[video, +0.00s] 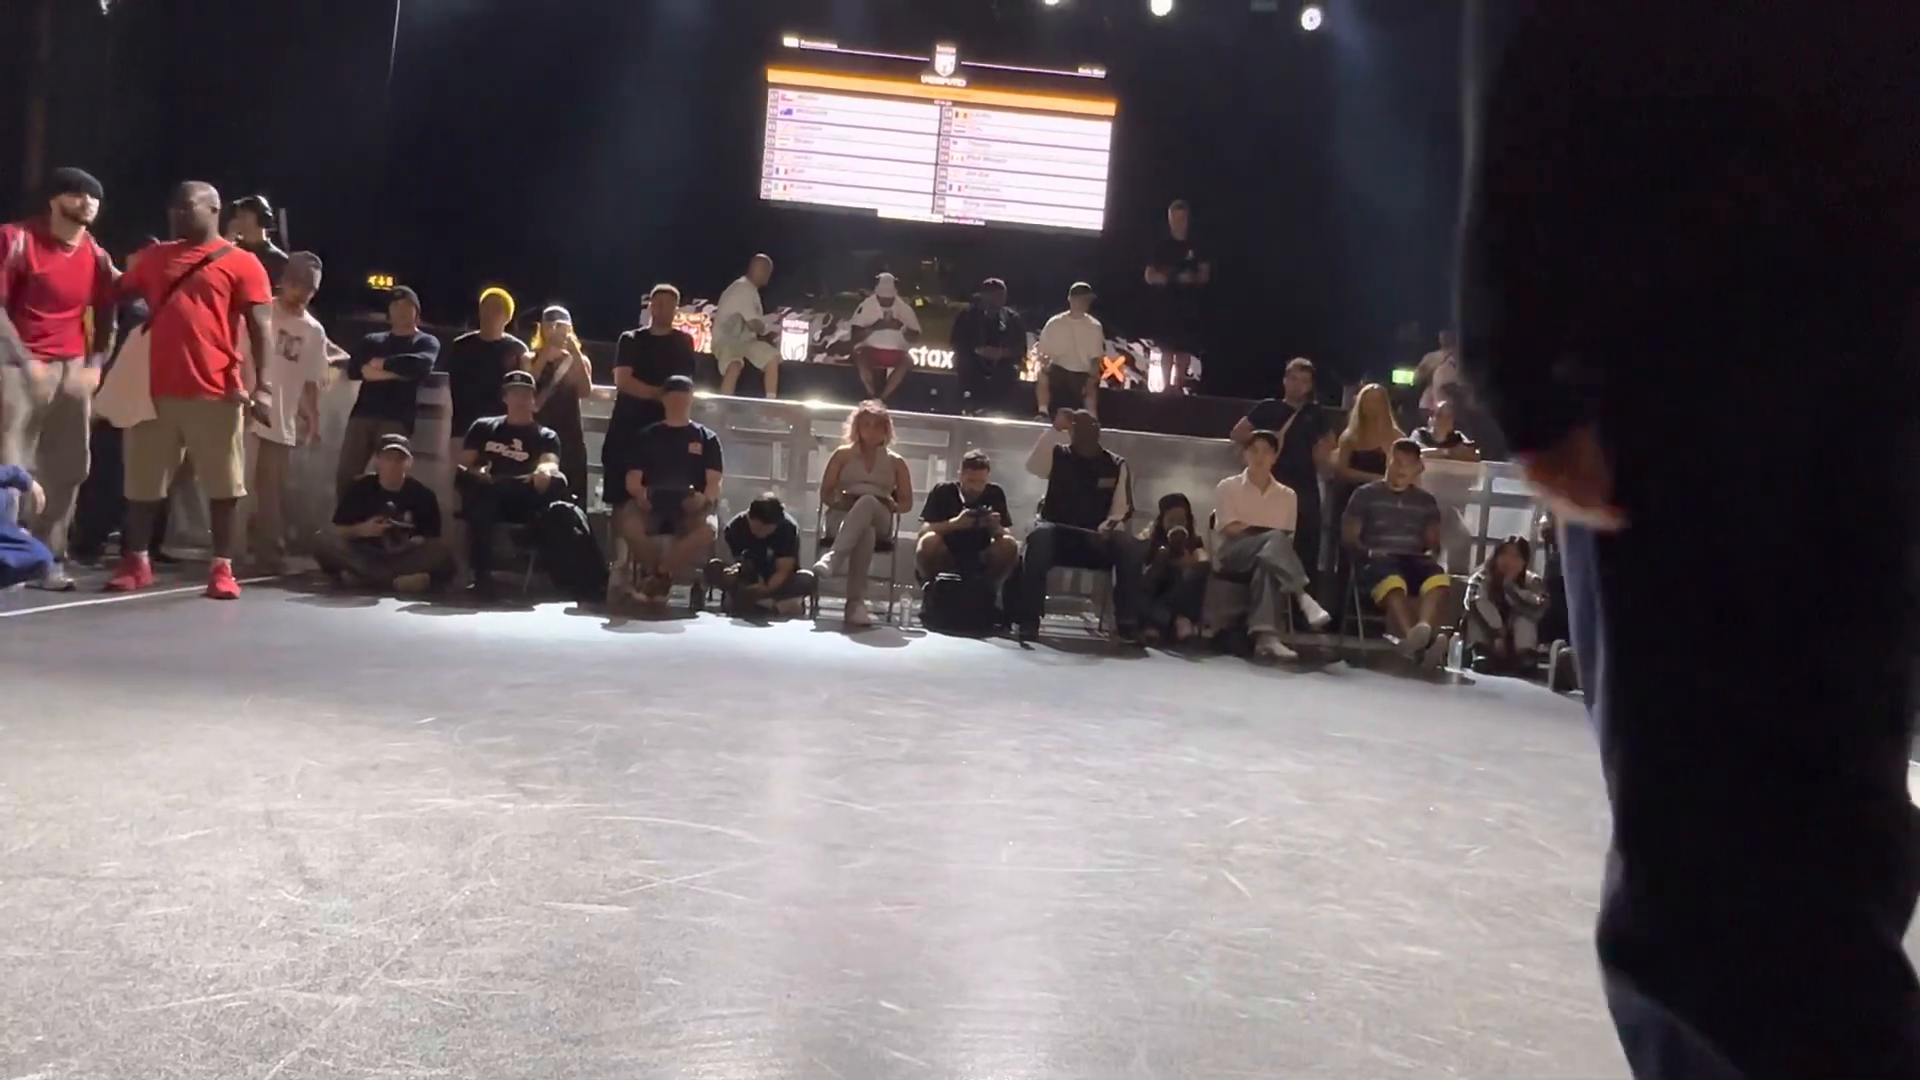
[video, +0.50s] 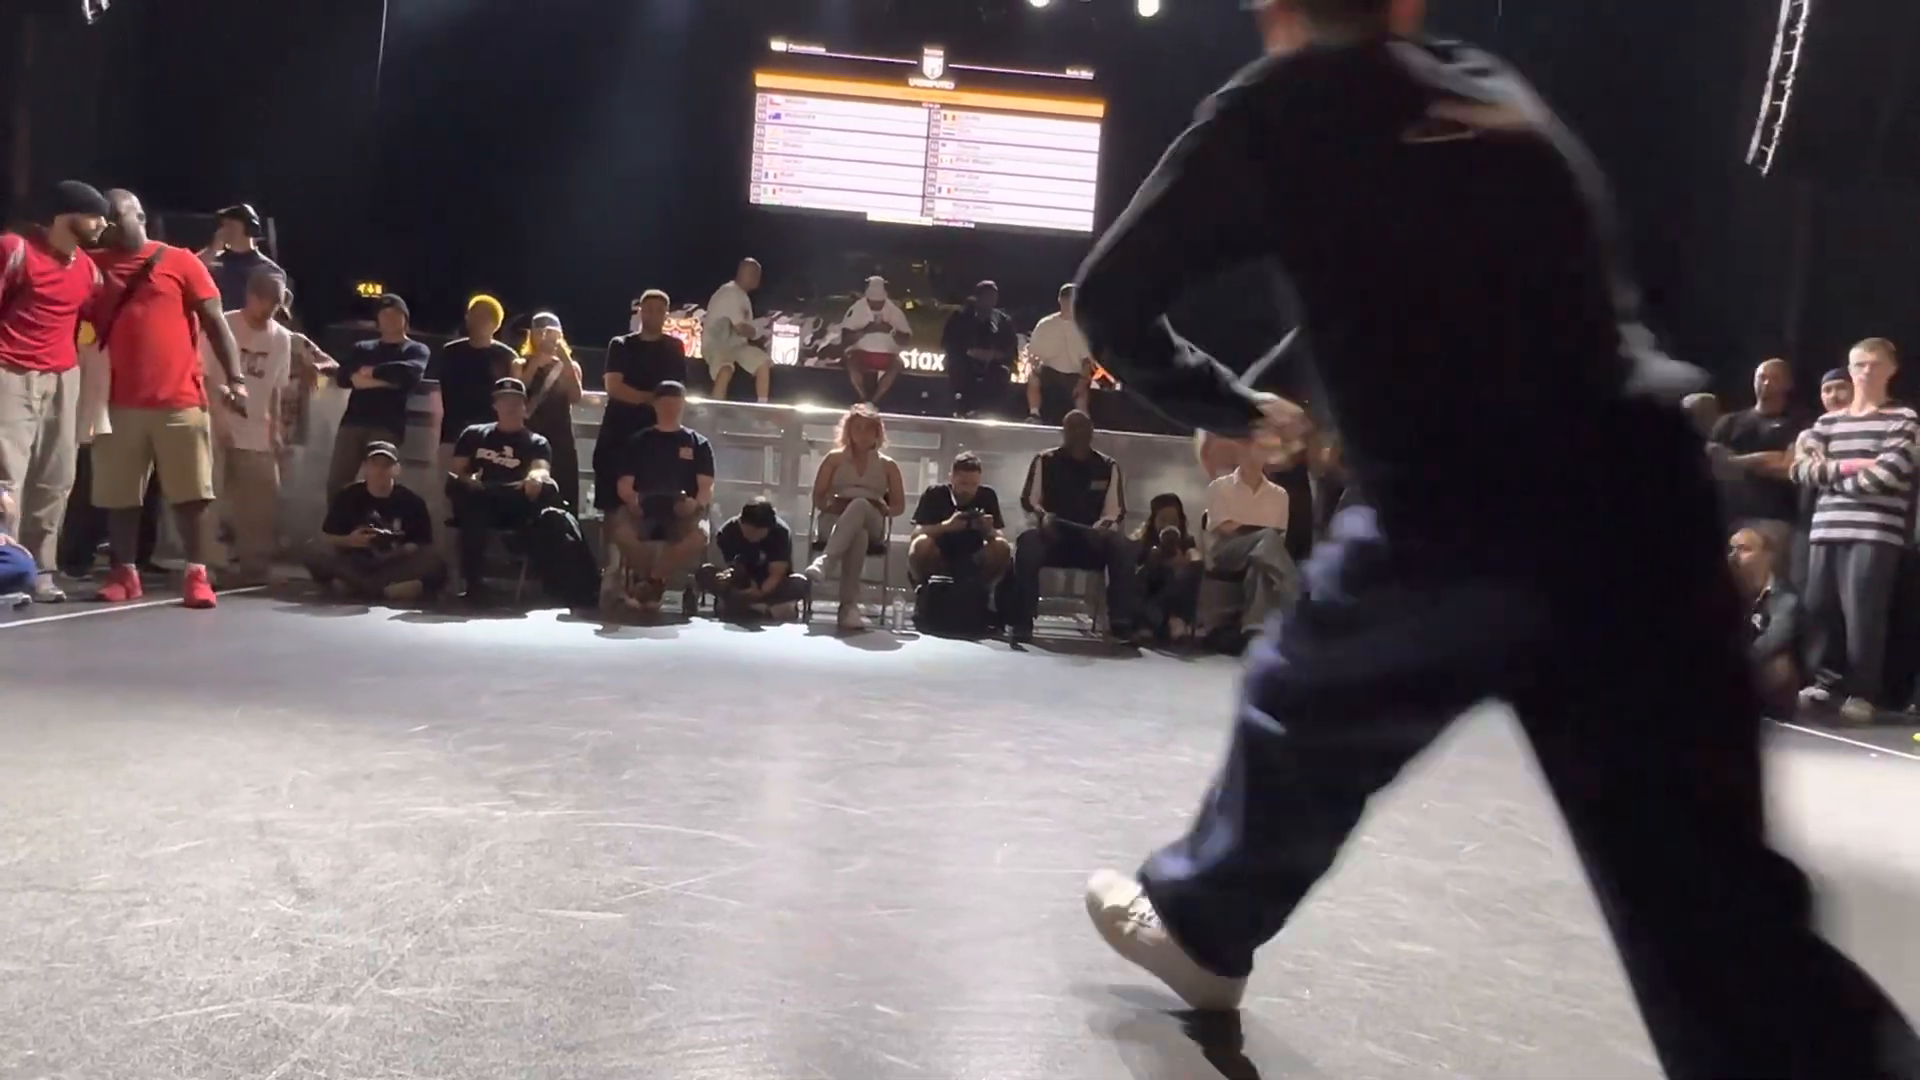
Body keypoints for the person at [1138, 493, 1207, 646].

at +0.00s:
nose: (1177, 526)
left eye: (1181, 520)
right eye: (1172, 520)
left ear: (1189, 520)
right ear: (1162, 519)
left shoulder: (1194, 542)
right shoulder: (1150, 542)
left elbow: (1204, 563)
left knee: (1196, 570)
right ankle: (1182, 619)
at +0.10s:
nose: (1174, 525)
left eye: (1179, 520)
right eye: (1169, 520)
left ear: (1187, 520)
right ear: (1159, 519)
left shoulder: (1192, 541)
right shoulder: (1145, 541)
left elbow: (1202, 562)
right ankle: (1181, 619)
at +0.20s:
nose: (1173, 524)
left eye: (1178, 519)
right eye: (1167, 519)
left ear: (1185, 519)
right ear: (1157, 519)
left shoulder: (1190, 541)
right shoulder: (1144, 541)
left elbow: (1200, 561)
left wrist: (1183, 557)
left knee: (1195, 569)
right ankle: (1179, 619)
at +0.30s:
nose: (1171, 524)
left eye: (1176, 519)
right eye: (1165, 519)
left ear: (1183, 519)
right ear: (1156, 519)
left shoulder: (1189, 540)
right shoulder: (1142, 541)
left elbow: (1199, 560)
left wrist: (1181, 559)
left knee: (1196, 567)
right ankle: (1177, 618)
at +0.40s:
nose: (1169, 525)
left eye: (1174, 520)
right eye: (1164, 520)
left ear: (1182, 519)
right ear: (1154, 520)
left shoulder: (1188, 542)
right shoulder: (1141, 543)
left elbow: (1198, 562)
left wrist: (1181, 561)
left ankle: (1179, 620)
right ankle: (1176, 621)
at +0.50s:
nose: (1168, 526)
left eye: (1173, 520)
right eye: (1163, 520)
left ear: (1181, 520)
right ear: (1153, 520)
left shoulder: (1187, 542)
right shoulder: (1140, 542)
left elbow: (1197, 561)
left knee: (1193, 568)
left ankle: (1184, 620)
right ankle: (1174, 619)